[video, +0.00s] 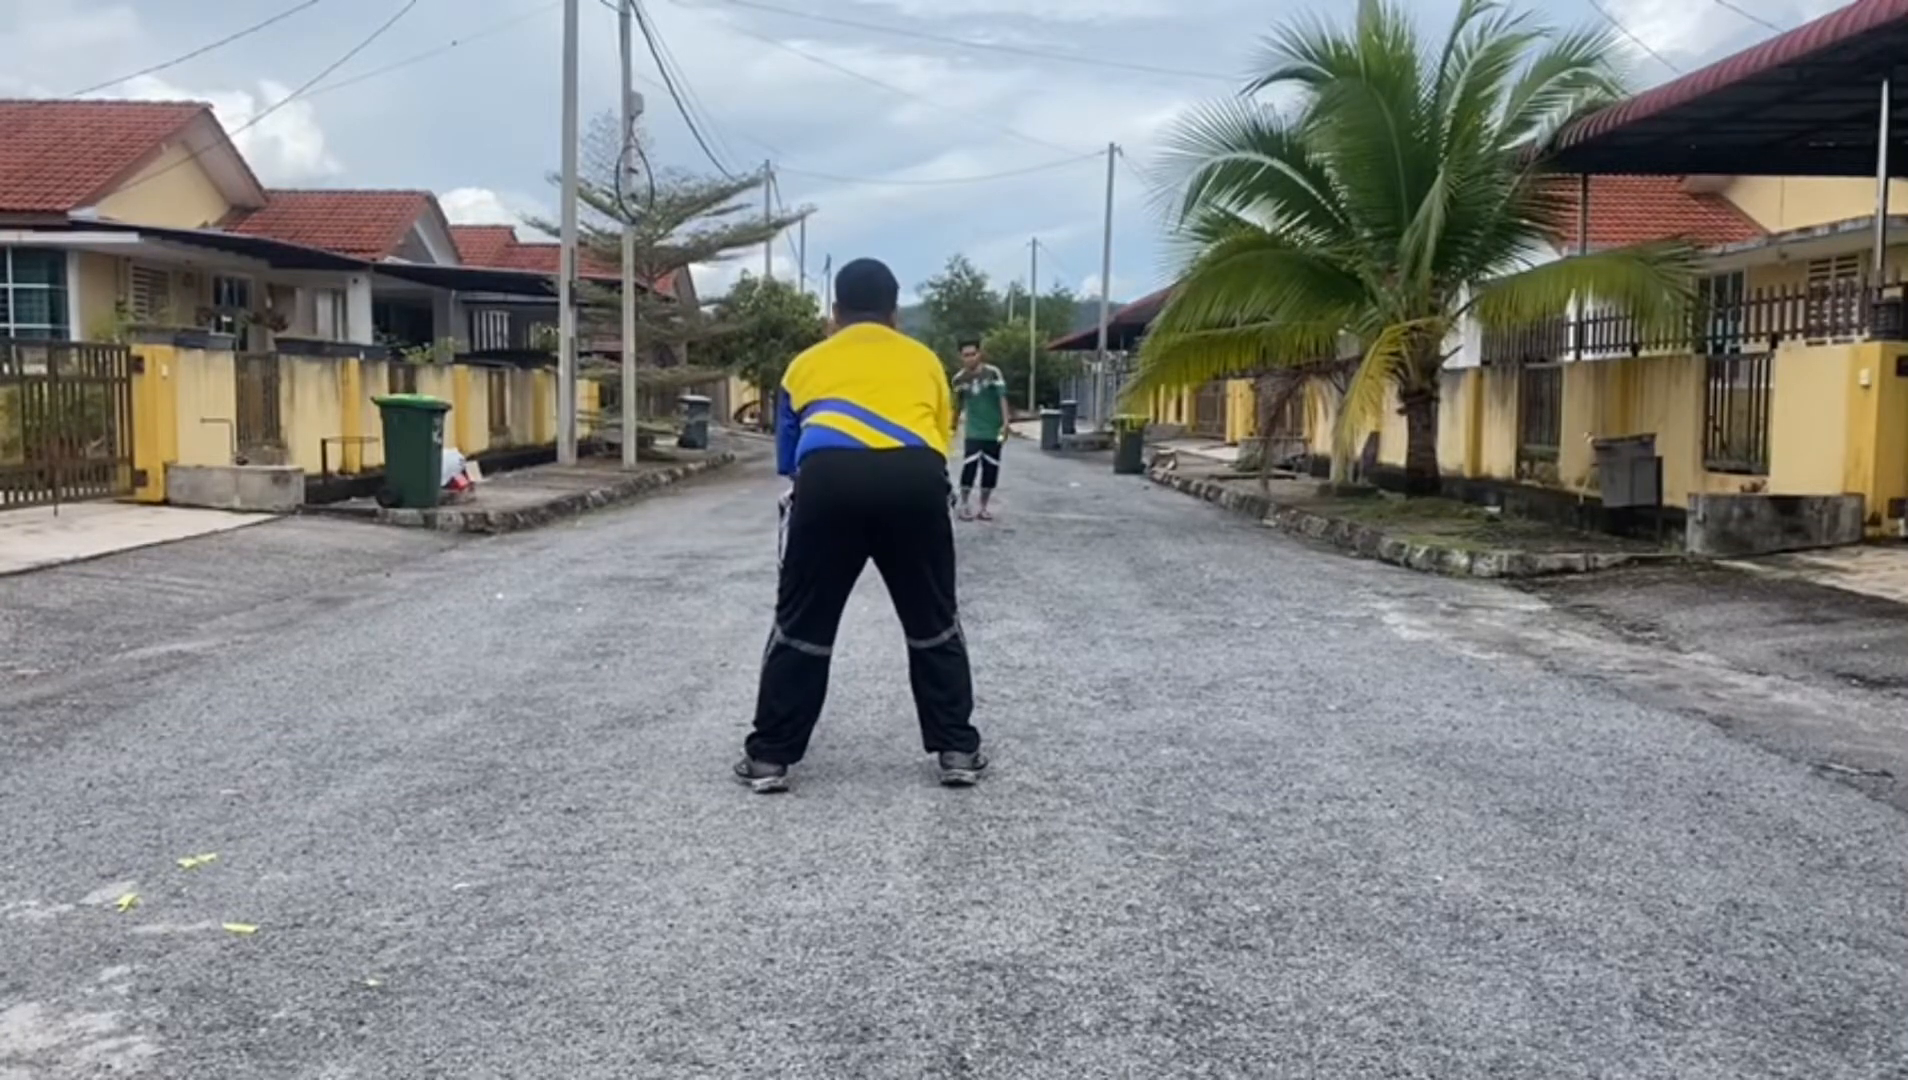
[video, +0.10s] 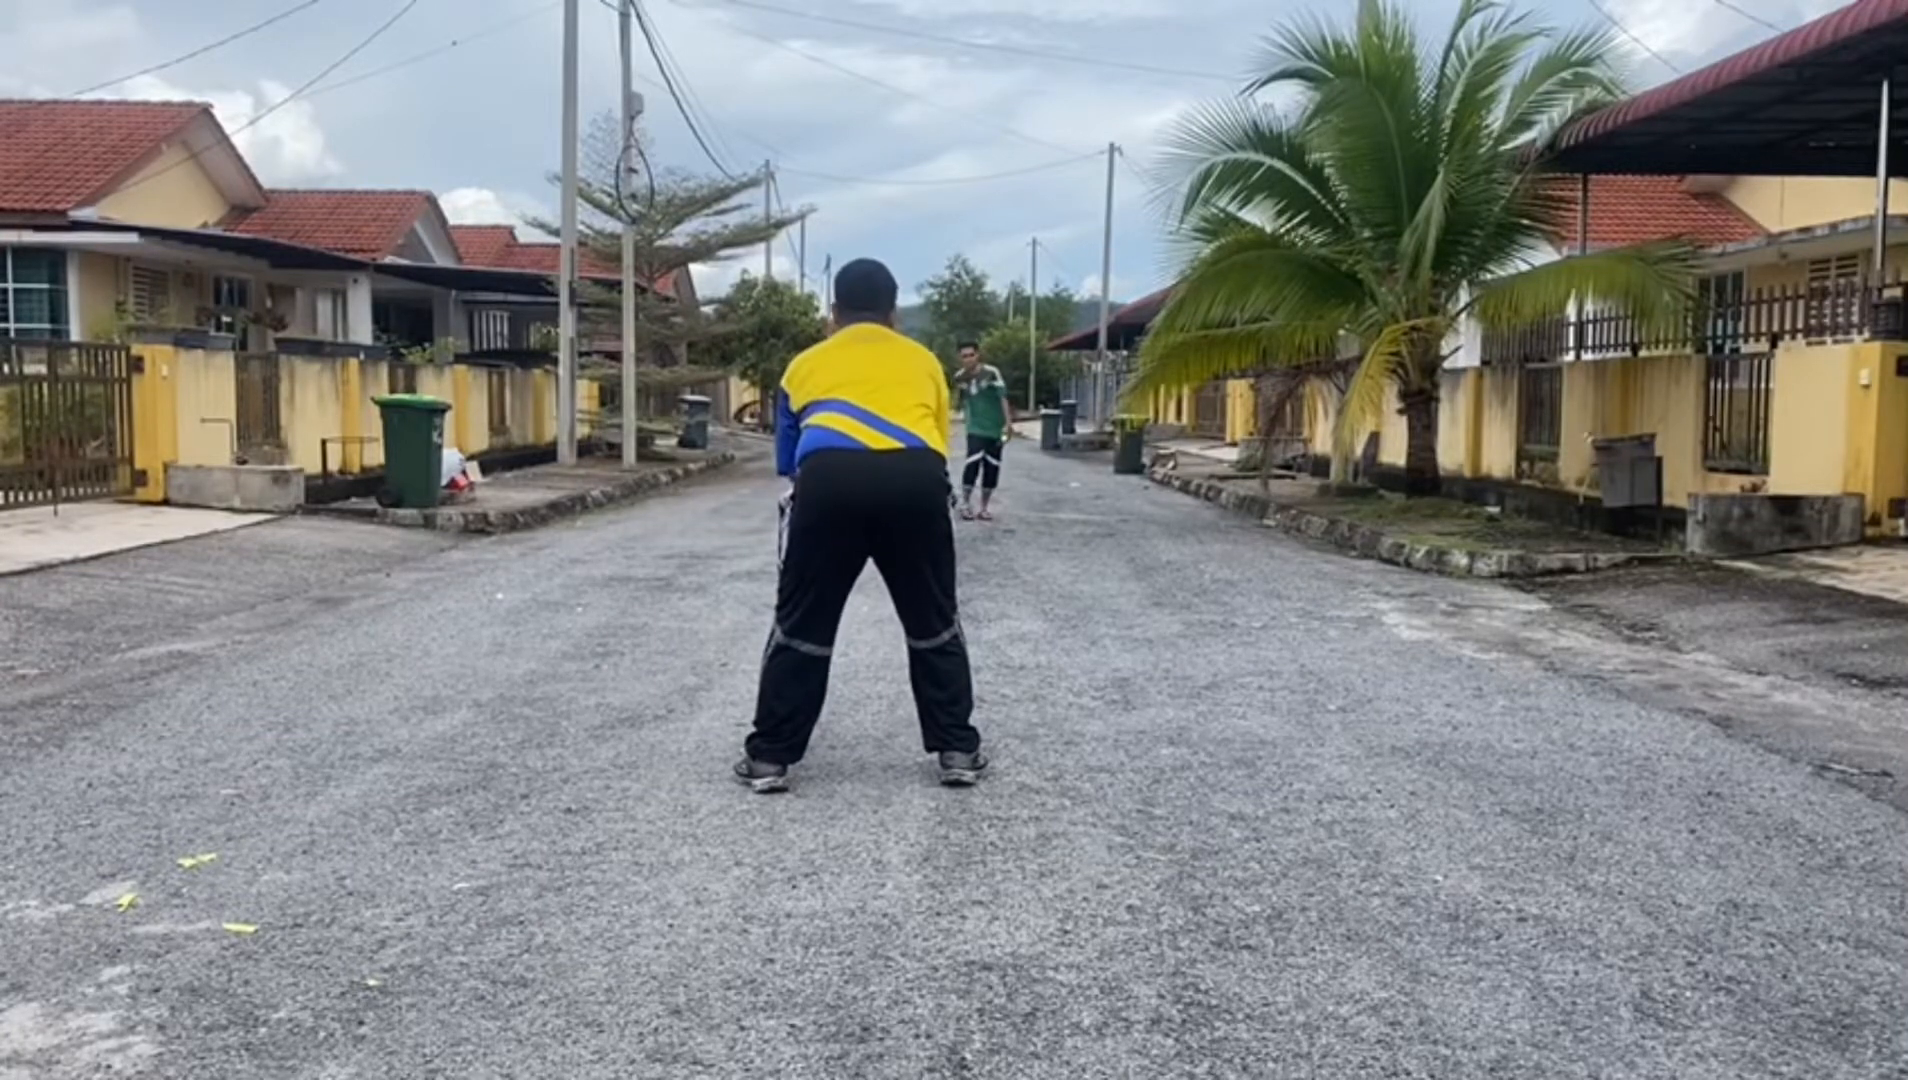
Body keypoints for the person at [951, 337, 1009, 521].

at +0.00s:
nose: (970, 359)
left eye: (973, 354)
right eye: (966, 355)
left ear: (980, 354)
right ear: (961, 358)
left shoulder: (993, 373)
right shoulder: (959, 379)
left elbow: (1002, 398)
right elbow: (957, 404)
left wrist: (1005, 422)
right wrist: (954, 423)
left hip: (993, 429)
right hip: (973, 430)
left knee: (990, 471)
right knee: (969, 468)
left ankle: (983, 506)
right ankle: (964, 504)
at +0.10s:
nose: (968, 360)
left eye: (971, 355)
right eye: (964, 356)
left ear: (978, 356)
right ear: (960, 359)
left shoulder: (992, 373)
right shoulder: (962, 378)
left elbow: (1003, 398)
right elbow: (957, 379)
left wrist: (1008, 422)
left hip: (995, 428)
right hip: (975, 428)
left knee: (991, 470)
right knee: (972, 465)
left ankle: (984, 507)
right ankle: (965, 503)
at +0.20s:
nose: (967, 360)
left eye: (970, 356)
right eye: (963, 357)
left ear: (977, 356)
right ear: (960, 359)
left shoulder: (992, 373)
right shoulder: (961, 378)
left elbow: (1003, 398)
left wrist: (1009, 422)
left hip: (996, 428)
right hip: (975, 427)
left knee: (992, 468)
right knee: (974, 464)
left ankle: (984, 507)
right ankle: (969, 504)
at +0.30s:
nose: (966, 360)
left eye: (969, 355)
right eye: (963, 356)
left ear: (977, 356)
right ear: (959, 359)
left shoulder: (991, 373)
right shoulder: (960, 379)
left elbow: (1003, 398)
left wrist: (1009, 421)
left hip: (996, 428)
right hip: (975, 428)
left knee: (992, 468)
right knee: (975, 466)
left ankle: (984, 507)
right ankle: (970, 506)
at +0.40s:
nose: (967, 358)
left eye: (970, 354)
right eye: (963, 355)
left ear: (977, 355)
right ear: (959, 359)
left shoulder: (992, 373)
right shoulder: (958, 380)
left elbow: (1003, 398)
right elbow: (960, 405)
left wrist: (1008, 422)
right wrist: (961, 424)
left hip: (996, 427)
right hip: (976, 428)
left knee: (993, 469)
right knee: (975, 466)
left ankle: (985, 508)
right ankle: (971, 507)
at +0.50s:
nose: (969, 355)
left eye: (972, 351)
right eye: (965, 352)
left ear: (978, 352)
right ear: (961, 356)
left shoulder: (993, 371)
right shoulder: (959, 380)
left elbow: (1003, 397)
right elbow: (960, 410)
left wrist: (1008, 421)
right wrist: (959, 436)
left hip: (996, 428)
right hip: (975, 430)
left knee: (993, 470)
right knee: (974, 468)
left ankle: (986, 507)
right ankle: (971, 507)